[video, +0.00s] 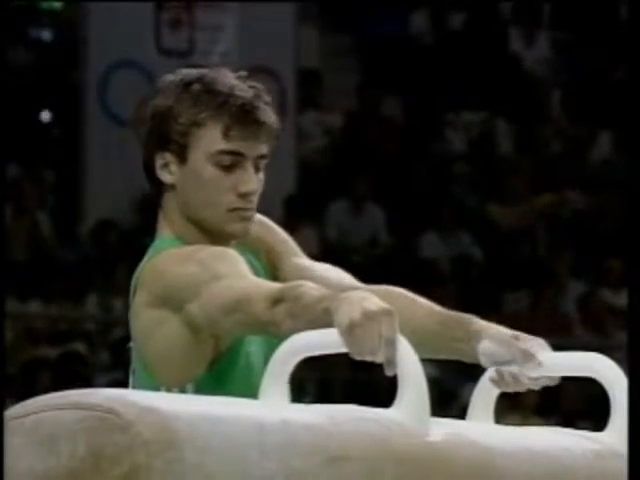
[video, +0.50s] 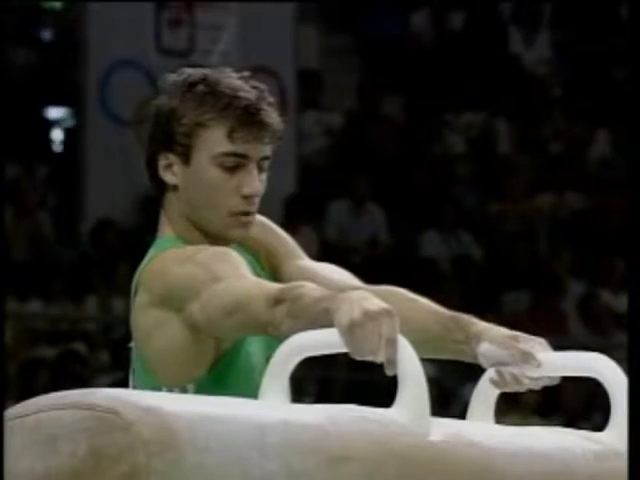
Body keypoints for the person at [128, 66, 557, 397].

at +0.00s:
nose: (251, 185)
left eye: (259, 165)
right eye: (228, 164)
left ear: (267, 164)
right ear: (168, 167)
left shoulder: (255, 237)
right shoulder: (182, 269)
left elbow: (356, 293)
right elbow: (270, 306)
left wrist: (480, 338)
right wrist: (342, 303)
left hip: (247, 465)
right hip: (186, 469)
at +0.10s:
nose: (252, 186)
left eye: (260, 165)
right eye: (229, 165)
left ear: (268, 164)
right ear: (170, 168)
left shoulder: (255, 236)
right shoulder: (181, 270)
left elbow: (355, 293)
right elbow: (272, 306)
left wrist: (478, 337)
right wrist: (342, 302)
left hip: (246, 464)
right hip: (188, 469)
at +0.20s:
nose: (252, 186)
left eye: (261, 166)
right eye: (230, 165)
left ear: (269, 164)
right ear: (171, 169)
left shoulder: (256, 237)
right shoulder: (181, 270)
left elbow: (356, 294)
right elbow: (273, 306)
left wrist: (478, 337)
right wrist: (343, 303)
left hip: (248, 467)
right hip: (187, 471)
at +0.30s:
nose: (253, 186)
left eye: (262, 166)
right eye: (231, 165)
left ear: (270, 164)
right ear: (171, 169)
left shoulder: (256, 237)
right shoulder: (182, 270)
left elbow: (357, 293)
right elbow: (272, 307)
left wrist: (478, 338)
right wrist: (342, 303)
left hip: (248, 466)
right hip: (188, 470)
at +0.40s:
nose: (254, 187)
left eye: (262, 166)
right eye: (231, 165)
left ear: (271, 164)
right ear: (171, 169)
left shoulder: (256, 238)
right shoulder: (181, 270)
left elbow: (357, 293)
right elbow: (272, 307)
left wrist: (478, 337)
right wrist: (342, 303)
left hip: (247, 467)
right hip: (187, 471)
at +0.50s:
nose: (254, 186)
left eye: (262, 166)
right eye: (231, 165)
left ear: (271, 163)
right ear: (171, 169)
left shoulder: (255, 238)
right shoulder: (182, 270)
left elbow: (357, 294)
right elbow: (272, 307)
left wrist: (478, 338)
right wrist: (342, 303)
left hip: (248, 467)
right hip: (188, 471)